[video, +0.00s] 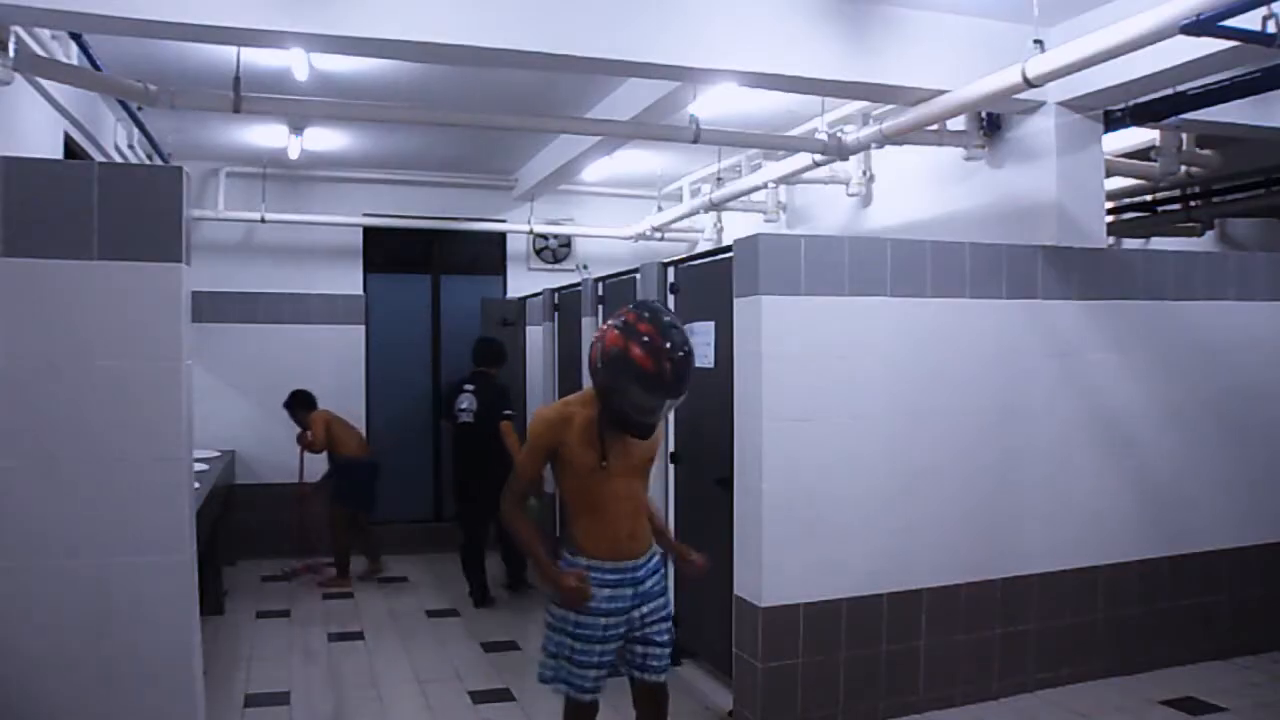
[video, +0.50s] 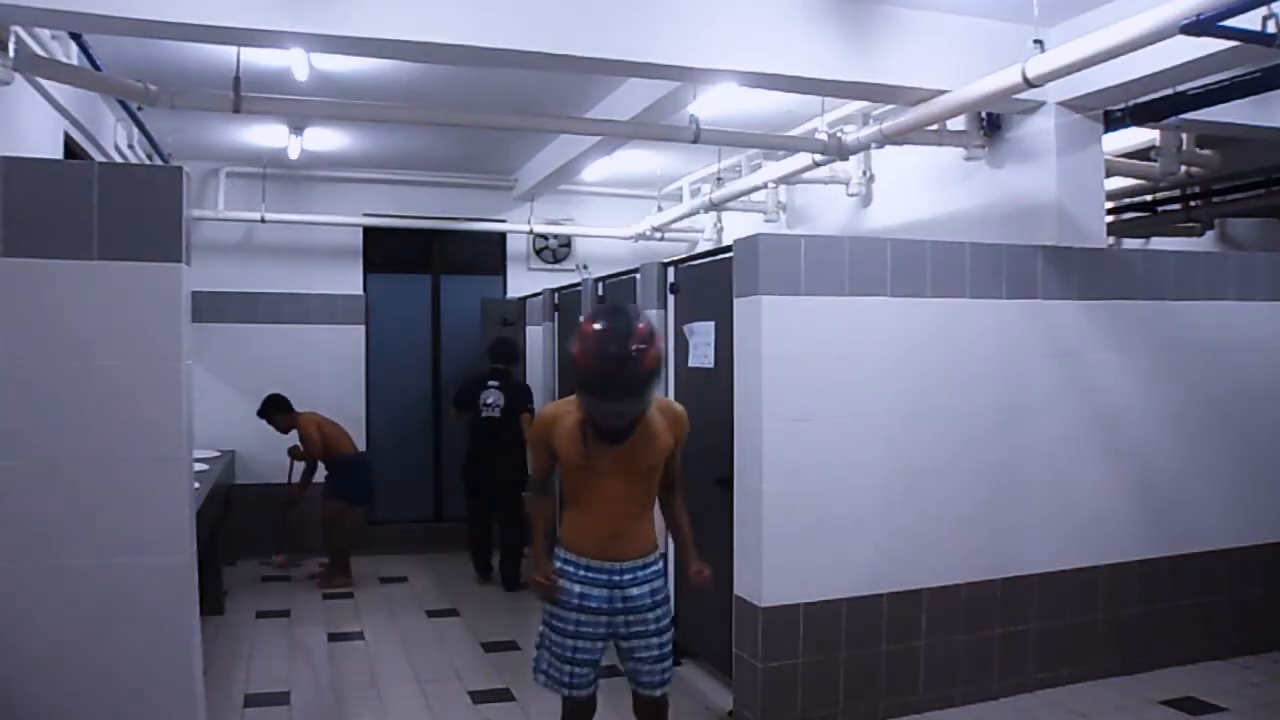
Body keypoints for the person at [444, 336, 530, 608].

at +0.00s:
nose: (501, 366)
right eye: (500, 361)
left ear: (474, 360)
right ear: (500, 362)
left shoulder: (457, 388)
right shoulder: (499, 390)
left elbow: (448, 423)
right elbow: (506, 428)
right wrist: (522, 463)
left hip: (465, 469)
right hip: (496, 468)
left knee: (471, 530)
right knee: (508, 520)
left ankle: (478, 593)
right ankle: (516, 577)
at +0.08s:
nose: (503, 367)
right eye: (504, 362)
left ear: (479, 360)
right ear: (504, 363)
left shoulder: (462, 387)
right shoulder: (503, 390)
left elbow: (452, 422)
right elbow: (510, 430)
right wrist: (525, 465)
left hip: (467, 468)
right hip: (497, 469)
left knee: (473, 527)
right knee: (509, 520)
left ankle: (478, 592)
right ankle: (515, 577)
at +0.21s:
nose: (510, 368)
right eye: (511, 362)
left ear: (487, 359)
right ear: (512, 363)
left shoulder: (468, 385)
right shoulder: (511, 390)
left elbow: (456, 420)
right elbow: (517, 428)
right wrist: (528, 464)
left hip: (473, 466)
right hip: (503, 467)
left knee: (477, 523)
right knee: (509, 521)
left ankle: (480, 585)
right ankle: (511, 579)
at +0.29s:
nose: (513, 366)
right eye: (514, 361)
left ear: (490, 358)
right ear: (515, 362)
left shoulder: (472, 383)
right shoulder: (516, 389)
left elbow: (458, 416)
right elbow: (521, 425)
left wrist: (475, 429)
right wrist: (530, 460)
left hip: (476, 463)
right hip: (506, 464)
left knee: (479, 518)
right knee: (511, 518)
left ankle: (482, 577)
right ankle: (511, 579)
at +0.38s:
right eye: (513, 360)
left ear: (490, 358)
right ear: (516, 361)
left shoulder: (472, 384)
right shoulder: (520, 390)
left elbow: (457, 413)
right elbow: (525, 426)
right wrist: (532, 457)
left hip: (477, 462)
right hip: (507, 462)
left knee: (479, 514)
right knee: (511, 518)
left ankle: (484, 568)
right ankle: (511, 578)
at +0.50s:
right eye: (512, 360)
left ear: (489, 358)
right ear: (515, 361)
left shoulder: (472, 384)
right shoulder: (521, 389)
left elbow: (457, 414)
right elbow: (526, 424)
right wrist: (533, 453)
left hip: (478, 462)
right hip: (510, 463)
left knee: (479, 515)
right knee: (511, 518)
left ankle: (483, 570)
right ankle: (511, 577)